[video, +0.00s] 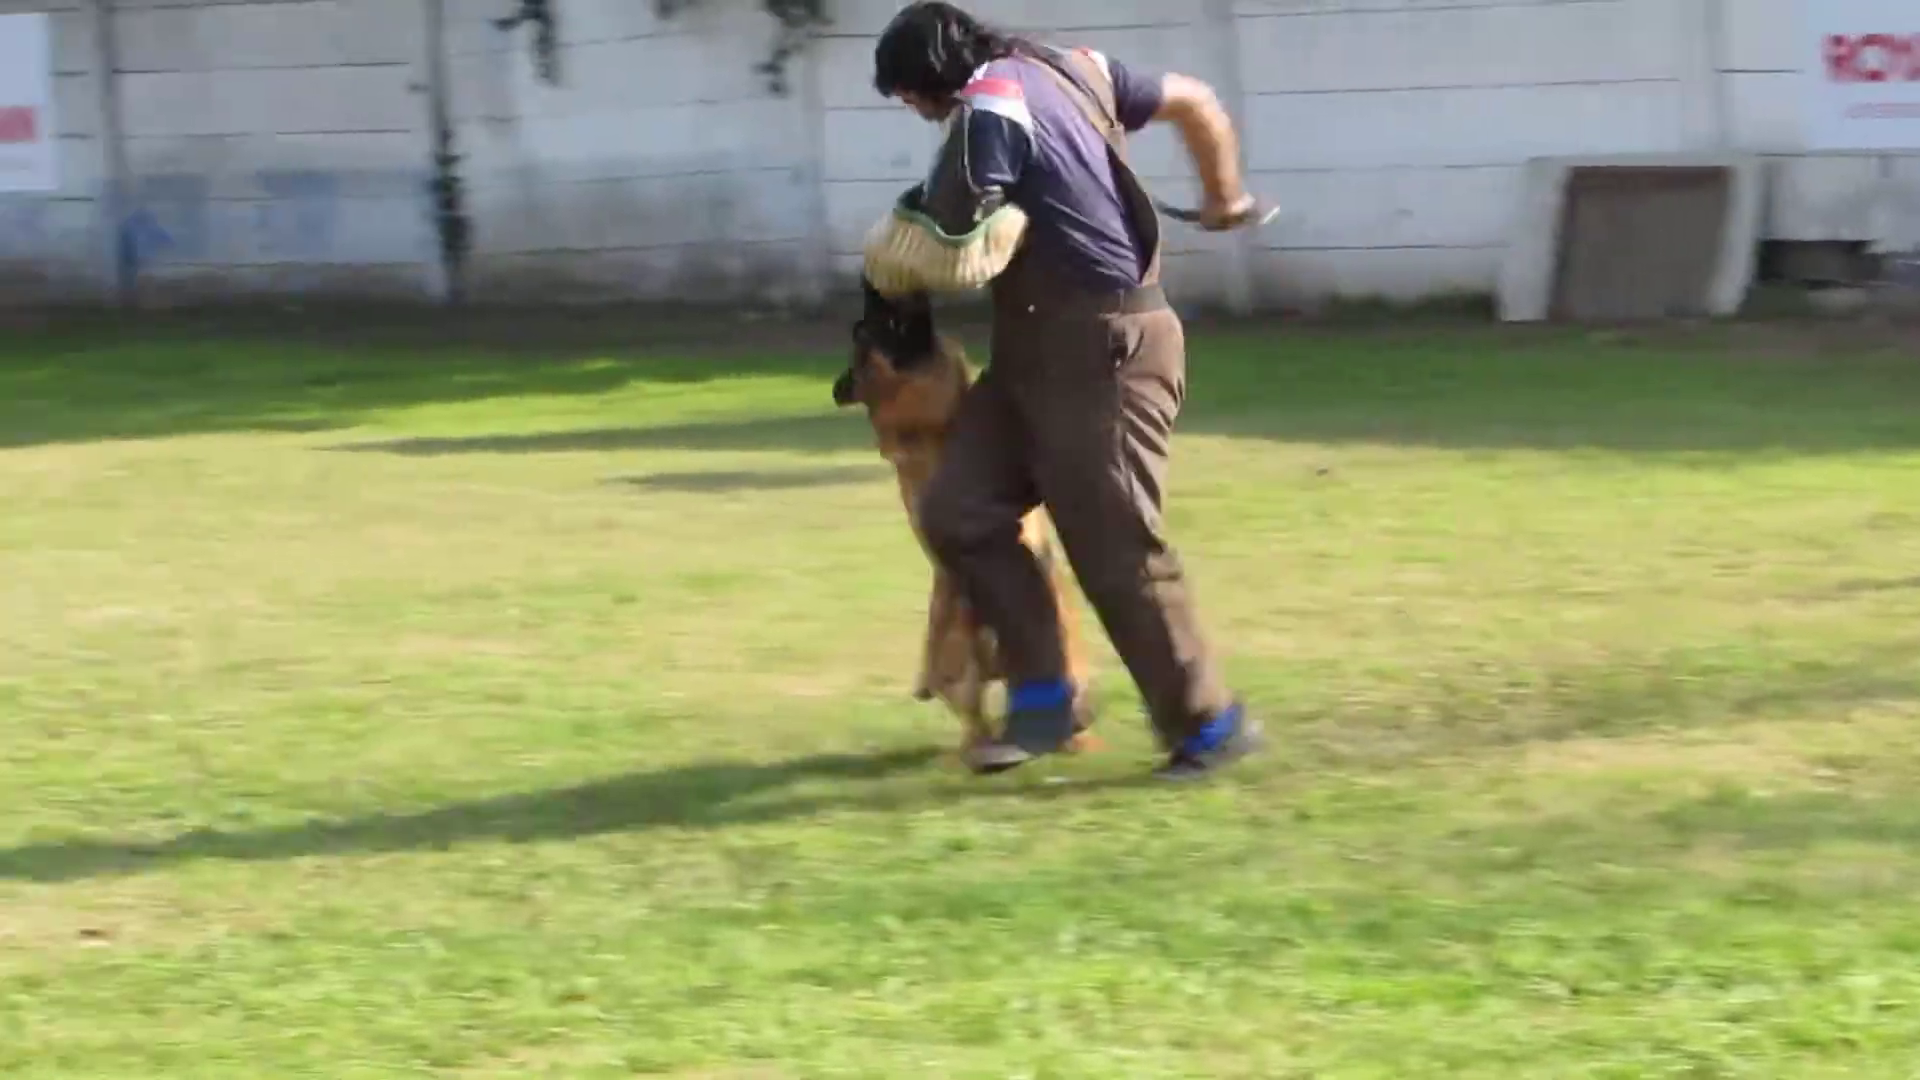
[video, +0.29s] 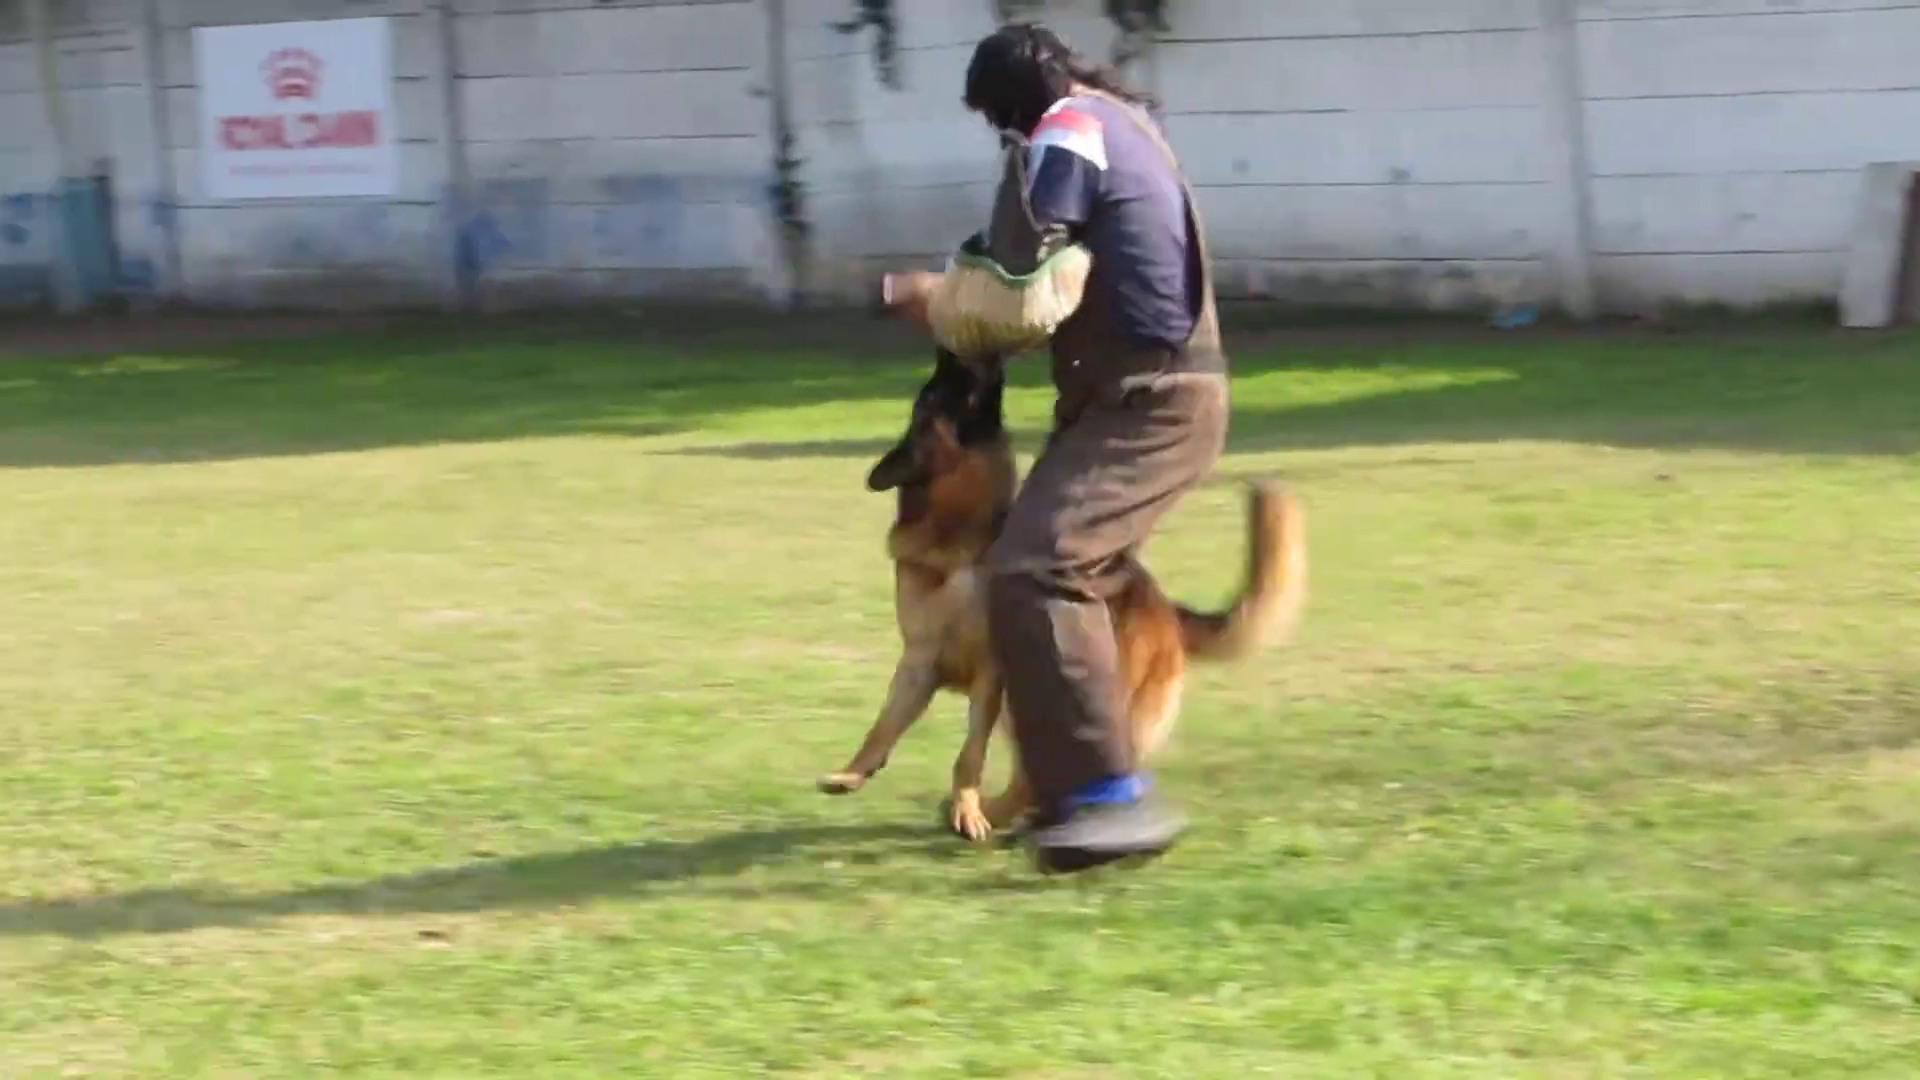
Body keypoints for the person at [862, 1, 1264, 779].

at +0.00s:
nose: (919, 113)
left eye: (914, 98)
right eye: (909, 102)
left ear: (938, 74)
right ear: (971, 44)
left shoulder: (990, 101)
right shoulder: (1069, 64)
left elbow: (949, 237)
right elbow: (1193, 99)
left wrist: (885, 252)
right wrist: (1224, 199)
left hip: (1105, 345)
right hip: (1043, 348)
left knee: (1119, 547)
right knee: (960, 514)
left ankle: (1207, 725)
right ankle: (1044, 701)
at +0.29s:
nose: (999, 137)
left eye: (996, 121)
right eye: (993, 125)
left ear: (1018, 101)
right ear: (1056, 78)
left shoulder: (1070, 129)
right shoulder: (1103, 120)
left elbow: (1020, 279)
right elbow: (1047, 286)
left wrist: (935, 292)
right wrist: (960, 297)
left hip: (1151, 400)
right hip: (1142, 395)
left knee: (1034, 572)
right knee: (1062, 569)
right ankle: (1077, 790)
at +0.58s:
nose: (1116, 134)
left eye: (1117, 118)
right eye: (1111, 122)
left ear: (1147, 101)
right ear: (1198, 84)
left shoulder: (1181, 128)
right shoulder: (1281, 145)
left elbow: (1125, 280)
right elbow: (1402, 227)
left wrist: (1048, 308)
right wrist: (1445, 361)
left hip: (1204, 428)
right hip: (1242, 429)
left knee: (1106, 645)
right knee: (1111, 637)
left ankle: (1164, 875)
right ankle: (1226, 826)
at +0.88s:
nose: (1302, 145)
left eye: (1303, 132)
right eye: (1303, 133)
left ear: (1322, 127)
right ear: (1400, 111)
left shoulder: (1314, 192)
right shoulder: (1498, 190)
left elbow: (1274, 357)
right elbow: (1587, 327)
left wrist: (1238, 420)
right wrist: (1586, 474)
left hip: (1388, 453)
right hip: (1497, 472)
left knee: (1304, 690)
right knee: (1370, 692)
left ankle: (1300, 931)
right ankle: (1399, 888)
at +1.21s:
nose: (1482, 63)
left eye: (1484, 50)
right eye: (1488, 51)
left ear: (1501, 51)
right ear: (1587, 48)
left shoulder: (1497, 112)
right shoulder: (1651, 141)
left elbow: (1414, 248)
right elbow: (1742, 286)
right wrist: (1751, 427)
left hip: (1533, 425)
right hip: (1634, 429)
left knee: (1479, 680)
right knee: (1580, 660)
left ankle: (1475, 936)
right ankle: (1708, 854)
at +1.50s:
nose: (1419, 38)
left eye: (1424, 25)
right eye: (1422, 28)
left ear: (1450, 26)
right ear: (1531, 32)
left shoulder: (1444, 99)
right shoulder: (1595, 131)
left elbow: (1364, 233)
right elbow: (1666, 285)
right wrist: (1662, 431)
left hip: (1474, 425)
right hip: (1585, 422)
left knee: (1418, 687)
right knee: (1577, 674)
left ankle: (1405, 941)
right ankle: (1666, 912)